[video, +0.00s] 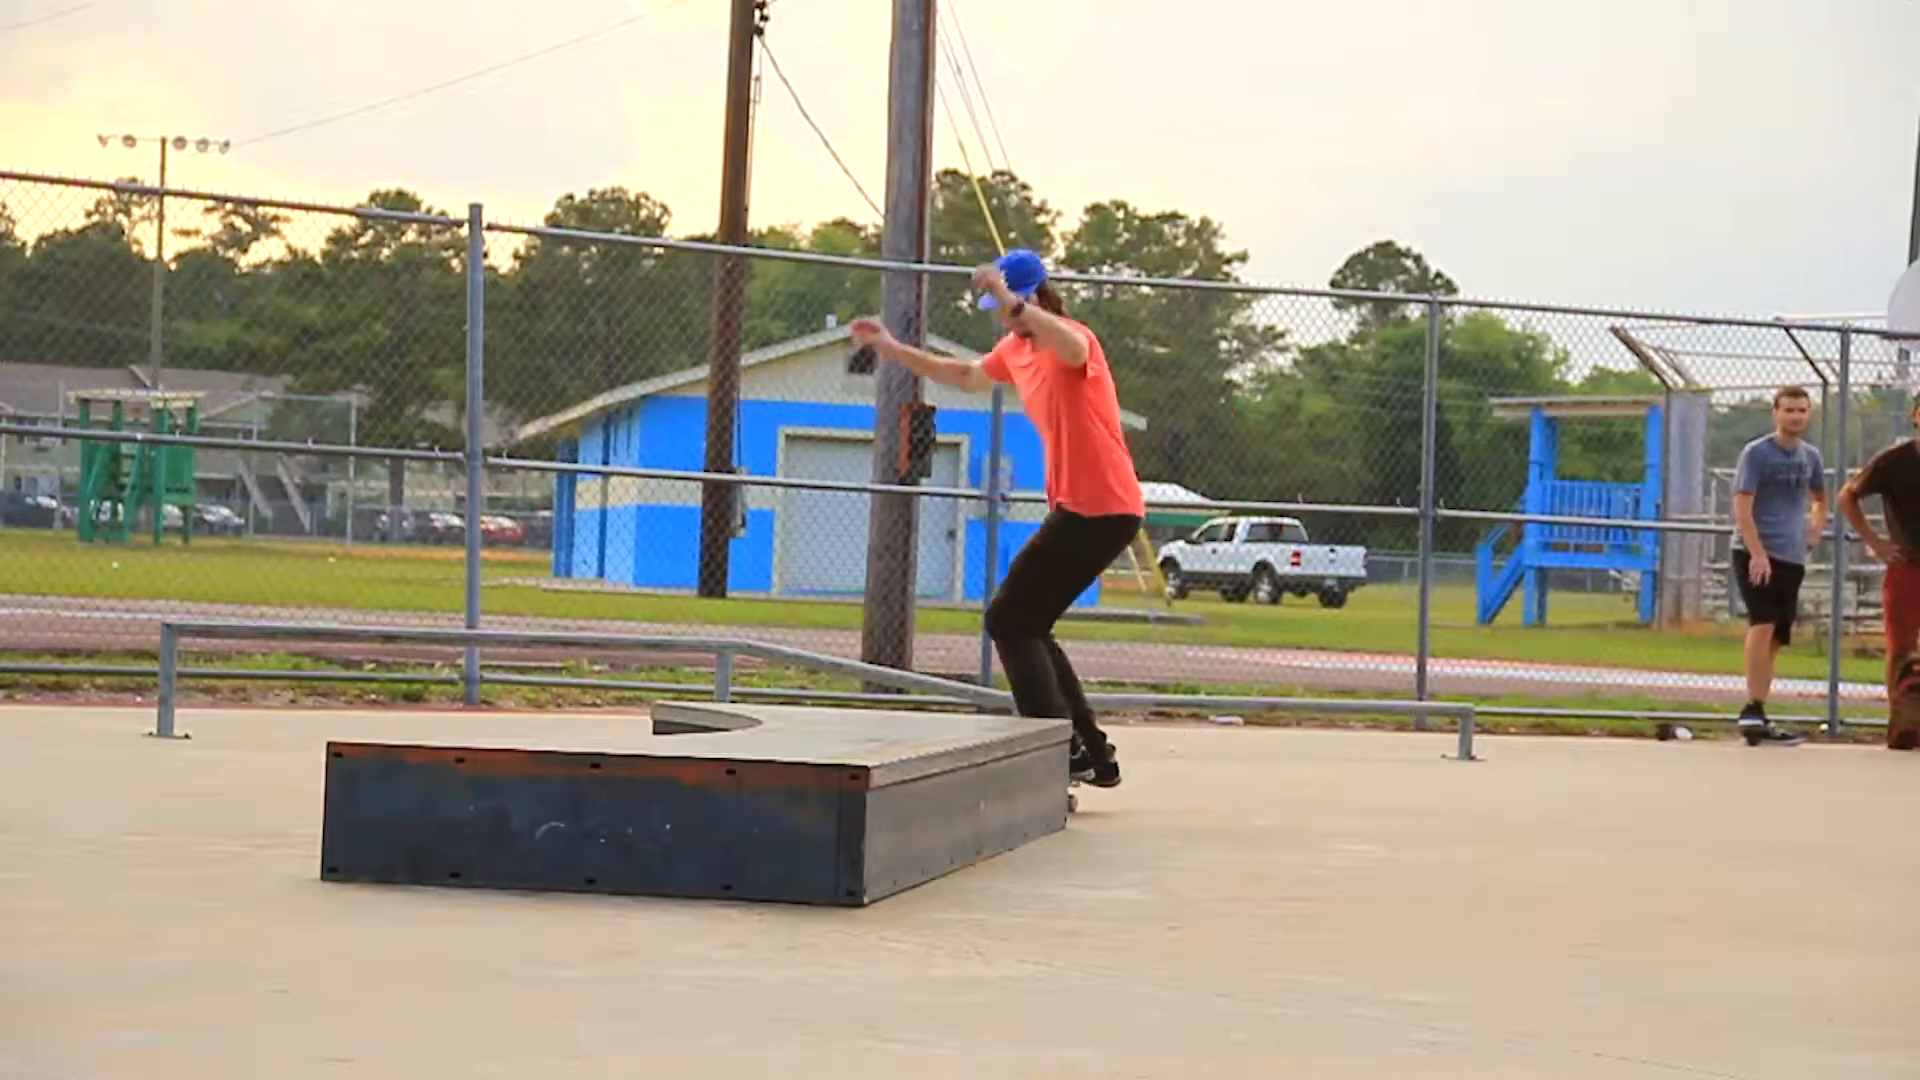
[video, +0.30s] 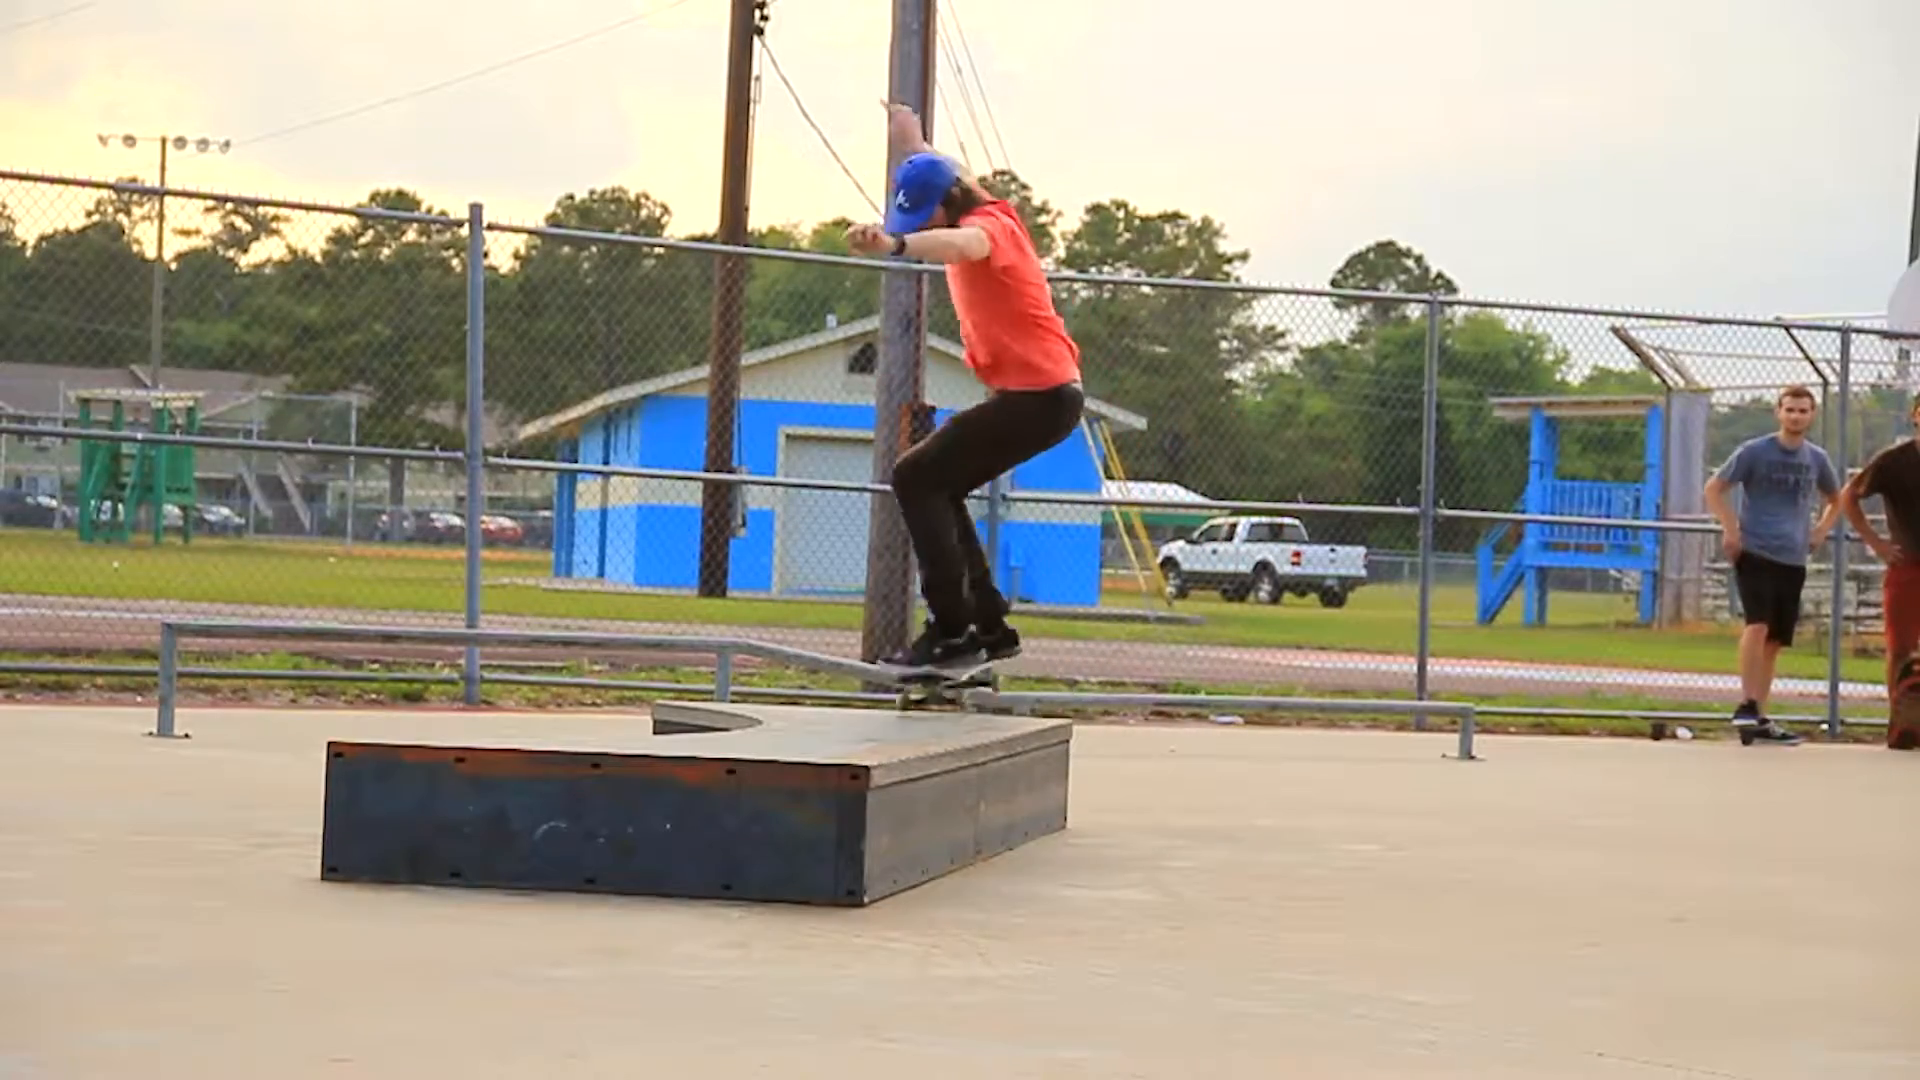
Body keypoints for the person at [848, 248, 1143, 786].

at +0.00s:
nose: (1001, 313)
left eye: (1005, 304)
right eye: (997, 306)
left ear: (1028, 296)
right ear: (1003, 304)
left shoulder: (1071, 337)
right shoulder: (1014, 349)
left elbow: (1074, 351)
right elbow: (967, 375)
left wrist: (1014, 299)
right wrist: (890, 347)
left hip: (1102, 507)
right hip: (1076, 507)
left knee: (1009, 619)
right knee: (1025, 627)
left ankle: (1059, 752)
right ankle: (1092, 752)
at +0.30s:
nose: (927, 231)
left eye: (929, 222)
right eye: (920, 225)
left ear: (950, 204)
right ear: (951, 195)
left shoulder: (990, 226)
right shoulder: (982, 212)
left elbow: (965, 245)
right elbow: (927, 175)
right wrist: (907, 134)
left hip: (1039, 398)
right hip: (1041, 397)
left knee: (914, 477)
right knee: (935, 484)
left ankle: (952, 632)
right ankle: (988, 626)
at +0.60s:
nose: (851, 189)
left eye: (857, 178)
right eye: (844, 180)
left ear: (883, 157)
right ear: (869, 145)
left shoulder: (915, 188)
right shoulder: (922, 138)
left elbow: (871, 207)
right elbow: (948, 91)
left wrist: (811, 203)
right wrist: (948, 33)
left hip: (969, 360)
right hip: (939, 353)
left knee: (887, 495)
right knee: (853, 456)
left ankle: (917, 668)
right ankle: (927, 590)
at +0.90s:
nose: (780, 220)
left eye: (781, 209)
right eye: (772, 211)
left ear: (807, 186)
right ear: (790, 173)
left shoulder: (849, 228)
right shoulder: (840, 133)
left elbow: (840, 341)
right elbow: (859, 50)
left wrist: (797, 426)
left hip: (939, 351)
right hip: (893, 346)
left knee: (854, 497)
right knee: (816, 461)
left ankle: (857, 677)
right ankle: (891, 618)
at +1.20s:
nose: (742, 121)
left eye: (741, 107)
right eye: (733, 112)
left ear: (767, 75)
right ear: (755, 82)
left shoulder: (836, 97)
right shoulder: (801, 119)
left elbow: (824, 80)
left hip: (907, 320)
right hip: (840, 316)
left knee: (841, 493)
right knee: (747, 425)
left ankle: (859, 690)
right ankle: (812, 563)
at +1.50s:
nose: (679, 251)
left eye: (676, 237)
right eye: (668, 242)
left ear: (702, 205)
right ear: (687, 201)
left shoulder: (769, 225)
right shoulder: (749, 128)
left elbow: (774, 350)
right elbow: (829, 35)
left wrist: (680, 425)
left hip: (911, 358)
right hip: (855, 360)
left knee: (816, 530)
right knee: (755, 511)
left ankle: (837, 758)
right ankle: (809, 707)